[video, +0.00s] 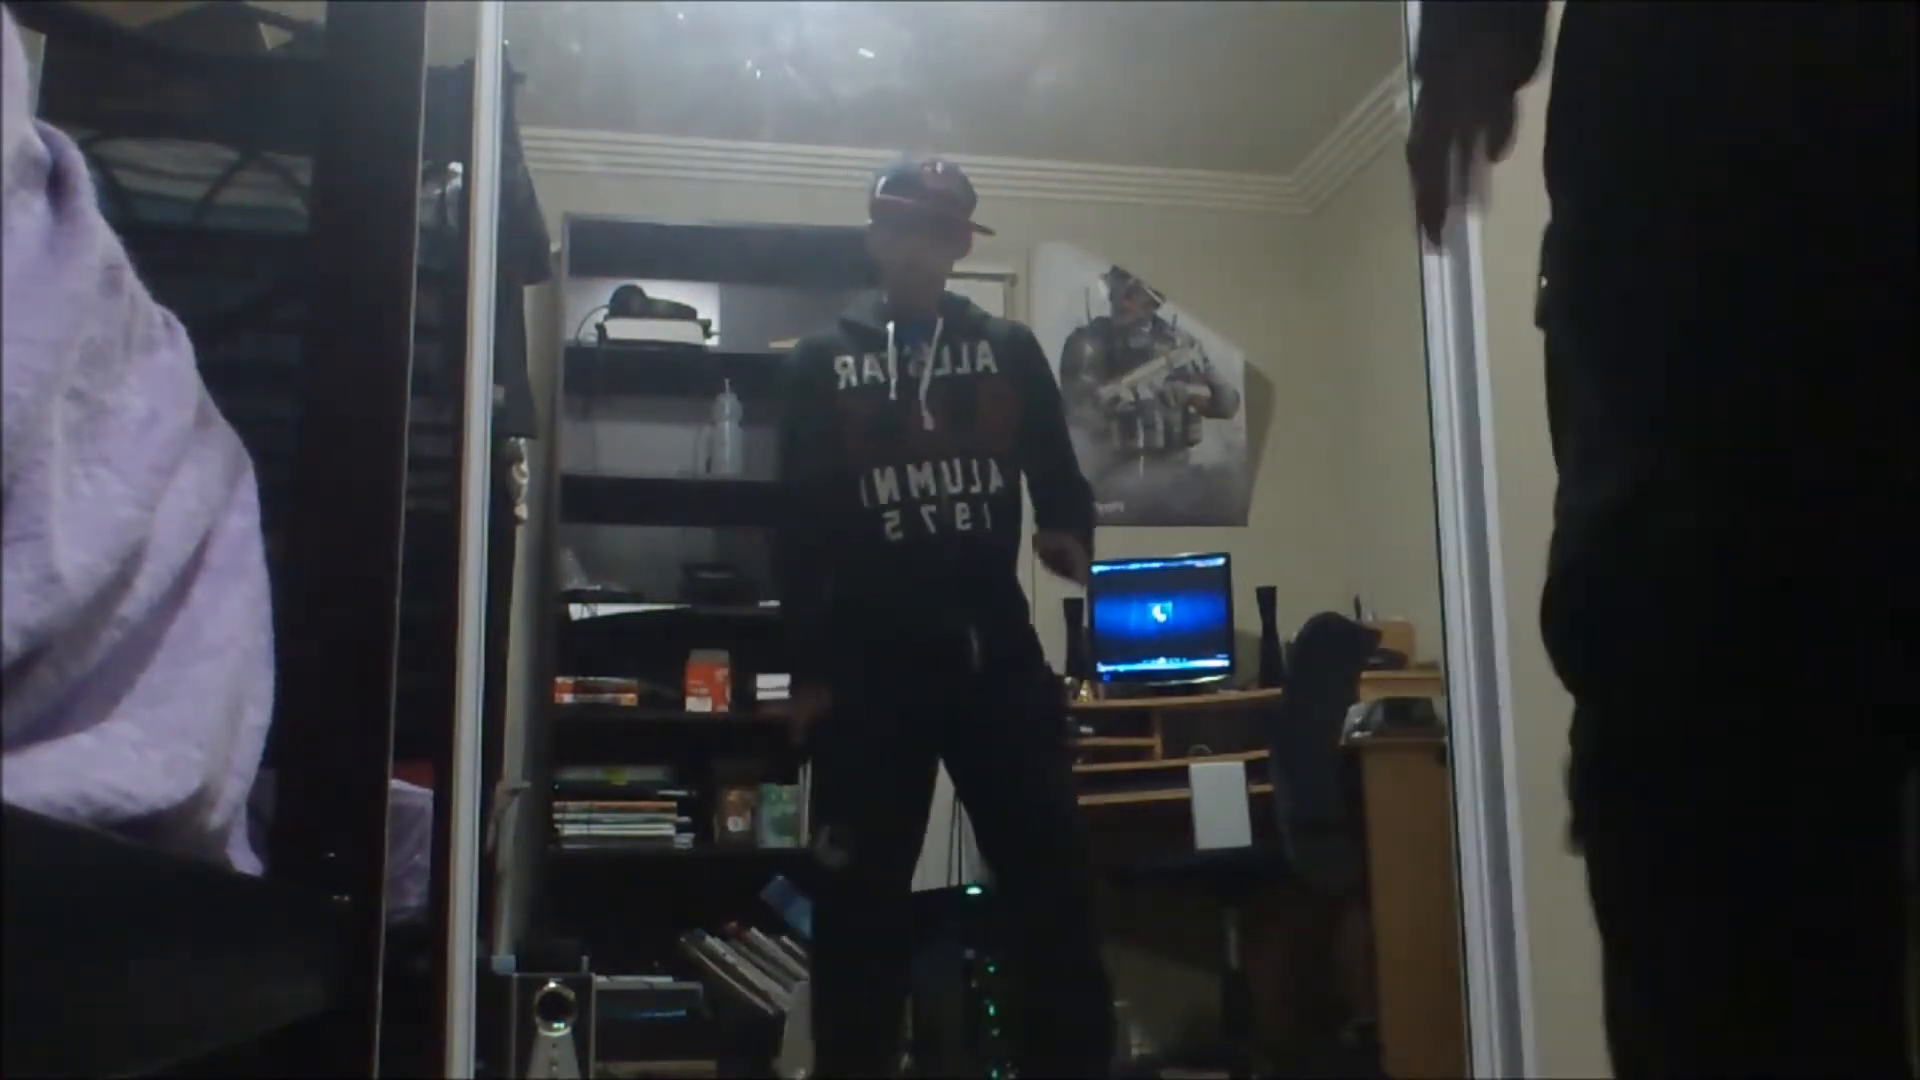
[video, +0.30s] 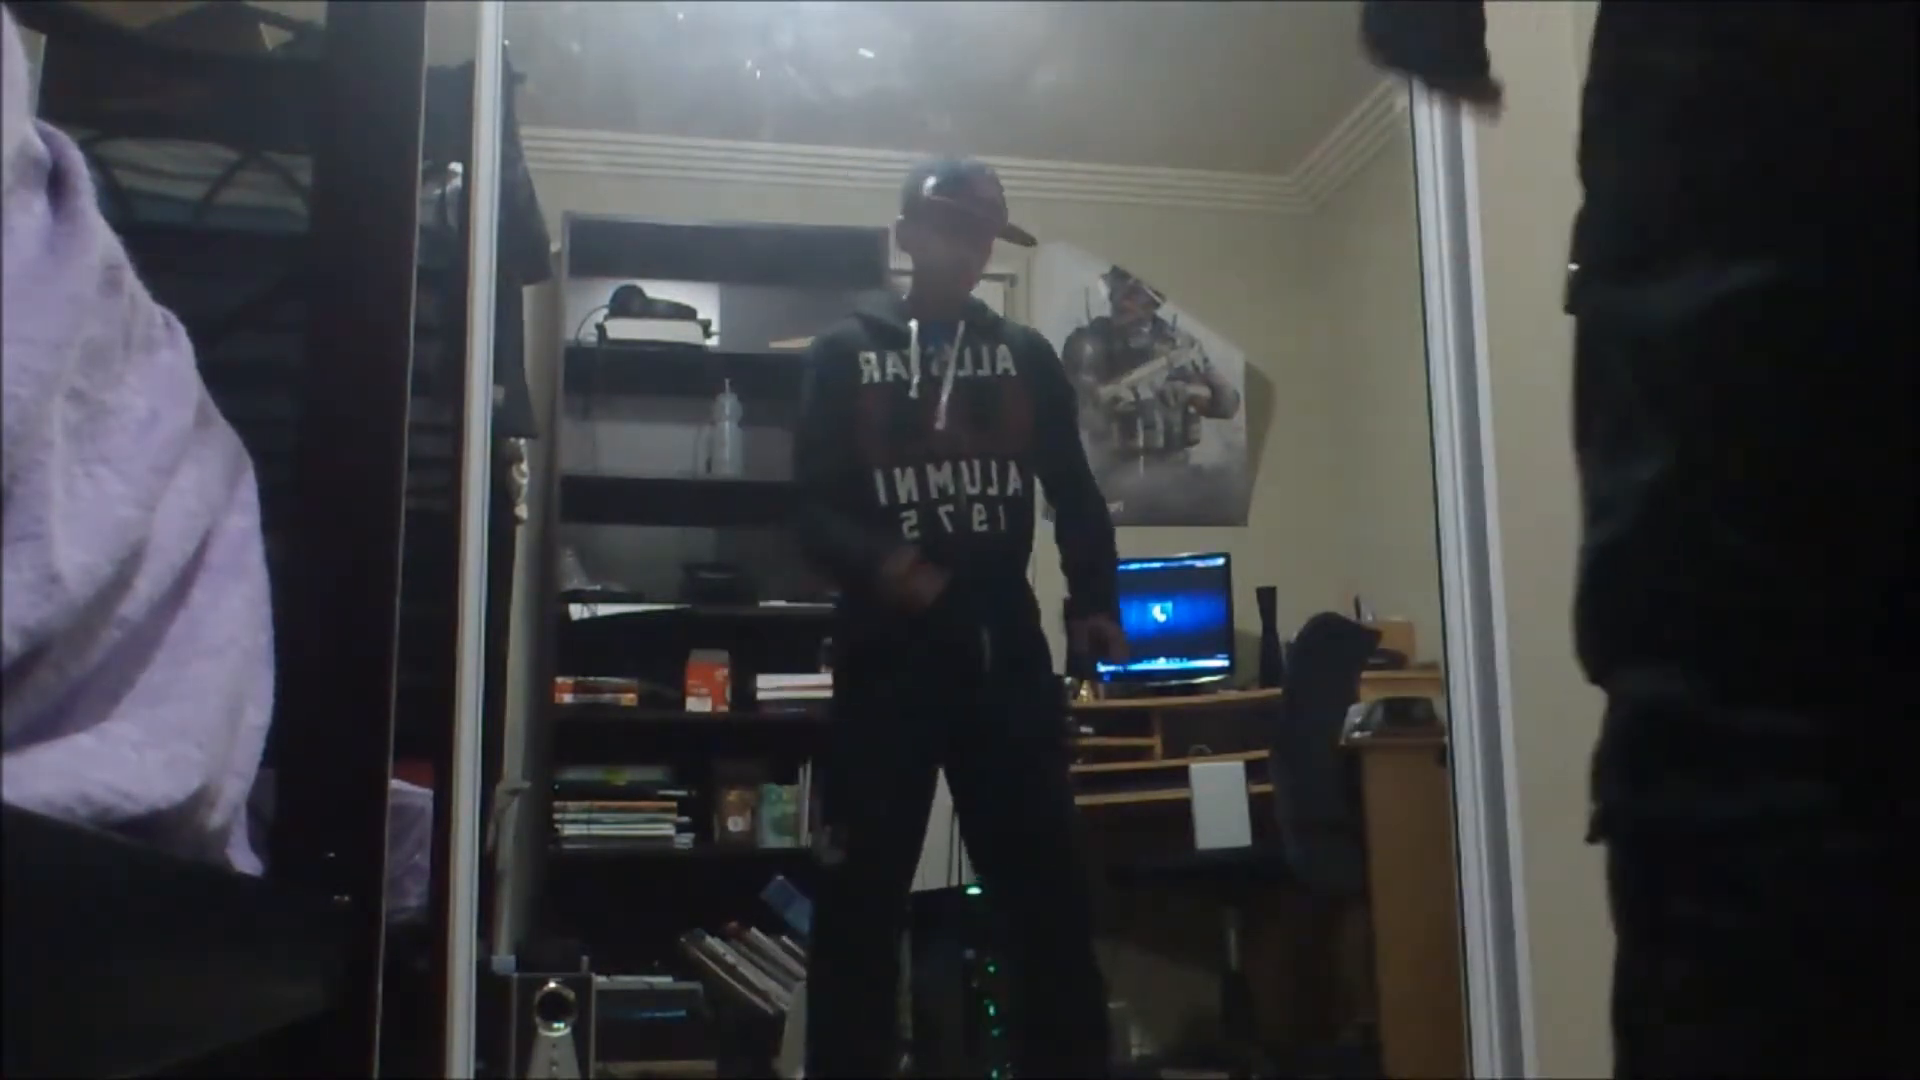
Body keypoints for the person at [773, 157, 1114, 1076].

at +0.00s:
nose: (915, 247)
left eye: (935, 230)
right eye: (900, 226)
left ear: (966, 240)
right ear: (872, 231)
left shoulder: (1010, 349)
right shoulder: (820, 358)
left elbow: (1056, 474)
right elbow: (796, 518)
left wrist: (1064, 529)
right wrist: (804, 662)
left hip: (992, 648)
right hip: (864, 649)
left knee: (1047, 872)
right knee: (860, 894)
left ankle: (1069, 1064)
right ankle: (854, 1069)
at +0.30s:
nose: (961, 242)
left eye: (977, 227)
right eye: (944, 222)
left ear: (996, 242)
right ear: (906, 231)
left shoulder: (1027, 357)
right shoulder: (846, 354)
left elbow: (1075, 490)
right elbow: (813, 502)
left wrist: (1092, 599)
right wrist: (879, 558)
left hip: (1004, 644)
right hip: (887, 646)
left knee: (1042, 878)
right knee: (864, 886)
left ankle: (1069, 1067)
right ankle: (849, 1068)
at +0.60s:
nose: (1043, 250)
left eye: (1054, 234)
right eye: (1026, 228)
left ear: (1062, 242)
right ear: (977, 227)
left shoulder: (1079, 358)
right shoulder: (913, 328)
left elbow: (1113, 487)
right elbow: (861, 447)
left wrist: (1165, 580)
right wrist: (1008, 456)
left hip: (1045, 633)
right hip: (934, 628)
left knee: (1067, 875)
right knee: (898, 874)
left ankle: (1064, 1068)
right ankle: (872, 1068)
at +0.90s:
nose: (1057, 244)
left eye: (1069, 228)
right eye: (1039, 223)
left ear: (1082, 239)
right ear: (991, 230)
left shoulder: (1108, 351)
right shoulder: (926, 336)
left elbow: (1160, 482)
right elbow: (863, 474)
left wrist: (1184, 499)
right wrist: (897, 570)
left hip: (1053, 626)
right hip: (935, 622)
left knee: (1063, 859)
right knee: (889, 847)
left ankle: (1067, 1062)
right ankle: (863, 1057)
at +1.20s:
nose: (999, 235)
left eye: (1020, 218)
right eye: (985, 214)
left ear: (1048, 229)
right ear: (956, 221)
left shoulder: (1092, 339)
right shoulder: (902, 339)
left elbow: (1208, 432)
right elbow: (851, 478)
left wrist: (1196, 491)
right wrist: (859, 582)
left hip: (1043, 634)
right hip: (921, 634)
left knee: (1045, 869)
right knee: (865, 868)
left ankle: (1055, 1066)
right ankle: (851, 1067)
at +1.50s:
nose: (973, 237)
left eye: (992, 220)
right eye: (956, 218)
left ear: (1021, 230)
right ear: (927, 226)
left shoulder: (1068, 340)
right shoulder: (881, 337)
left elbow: (1113, 481)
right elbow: (839, 480)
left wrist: (1156, 601)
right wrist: (836, 602)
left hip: (1027, 637)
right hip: (905, 634)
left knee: (1045, 868)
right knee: (850, 865)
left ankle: (1067, 1063)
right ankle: (814, 1062)